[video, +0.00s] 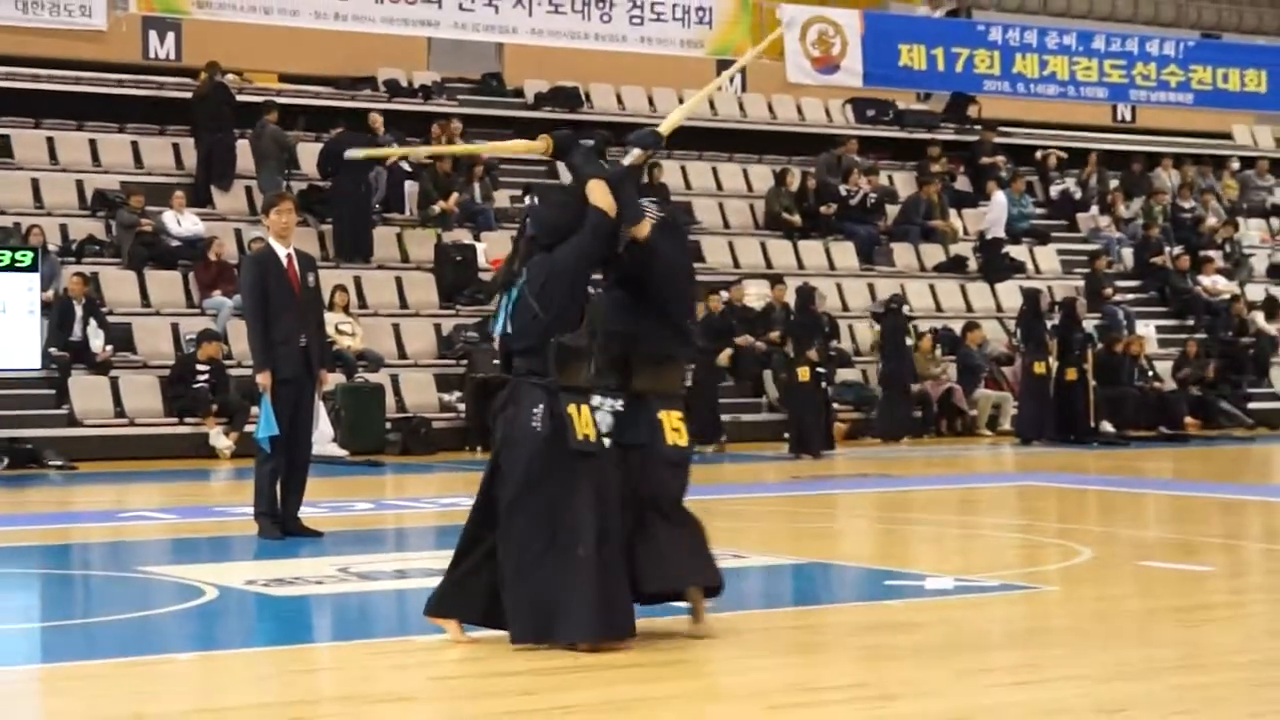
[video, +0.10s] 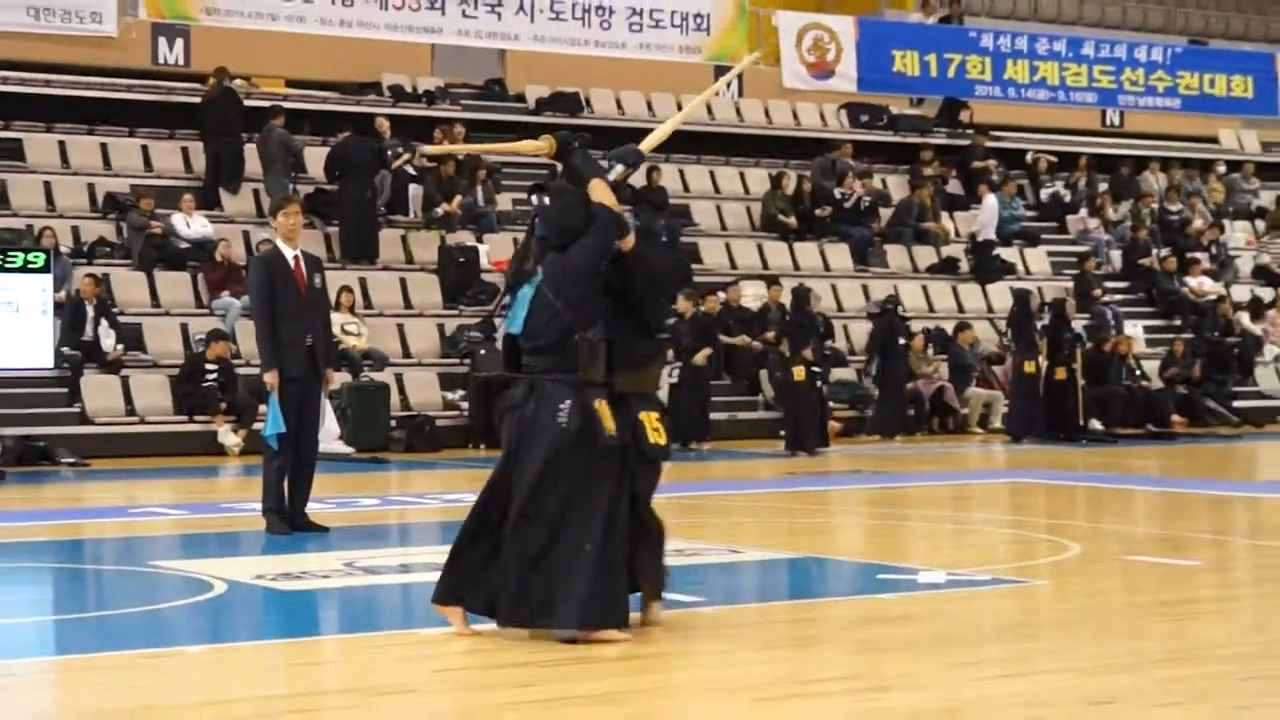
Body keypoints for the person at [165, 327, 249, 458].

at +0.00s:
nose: (220, 349)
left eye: (220, 345)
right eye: (217, 345)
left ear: (206, 345)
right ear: (205, 345)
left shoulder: (218, 365)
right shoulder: (184, 361)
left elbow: (223, 391)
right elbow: (172, 388)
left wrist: (216, 404)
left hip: (210, 403)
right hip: (184, 404)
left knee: (242, 406)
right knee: (202, 392)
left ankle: (228, 444)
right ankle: (214, 433)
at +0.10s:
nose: (228, 348)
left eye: (228, 344)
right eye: (225, 344)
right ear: (213, 344)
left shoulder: (226, 364)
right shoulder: (193, 360)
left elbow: (231, 388)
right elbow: (181, 385)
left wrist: (225, 402)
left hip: (219, 401)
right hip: (193, 403)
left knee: (250, 404)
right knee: (211, 391)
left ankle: (237, 441)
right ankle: (223, 430)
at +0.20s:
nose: (241, 349)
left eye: (241, 346)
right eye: (238, 345)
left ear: (228, 345)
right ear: (227, 345)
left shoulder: (239, 365)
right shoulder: (207, 361)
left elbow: (244, 388)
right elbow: (196, 384)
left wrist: (238, 401)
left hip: (232, 400)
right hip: (208, 401)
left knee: (262, 403)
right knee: (224, 392)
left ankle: (249, 438)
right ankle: (236, 429)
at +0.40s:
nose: (249, 350)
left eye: (249, 347)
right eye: (246, 347)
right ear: (236, 347)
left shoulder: (249, 365)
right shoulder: (218, 362)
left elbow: (254, 387)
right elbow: (206, 384)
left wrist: (248, 401)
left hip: (242, 400)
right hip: (217, 401)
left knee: (269, 403)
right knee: (234, 392)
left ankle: (259, 438)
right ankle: (246, 428)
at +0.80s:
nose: (251, 350)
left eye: (252, 347)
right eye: (248, 347)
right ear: (236, 347)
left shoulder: (250, 366)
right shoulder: (219, 363)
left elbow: (252, 389)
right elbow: (208, 385)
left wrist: (249, 401)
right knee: (236, 394)